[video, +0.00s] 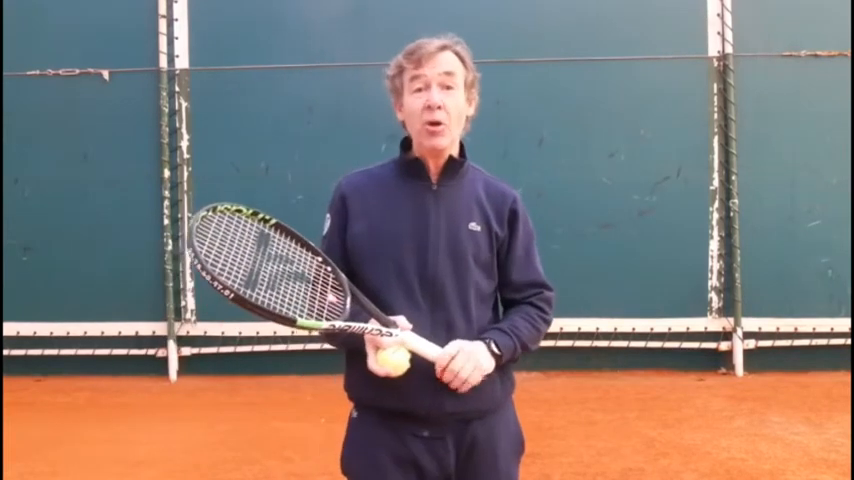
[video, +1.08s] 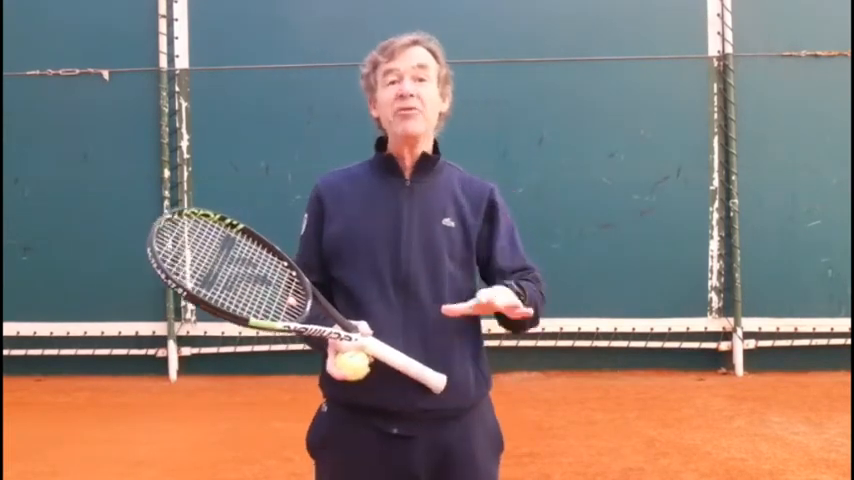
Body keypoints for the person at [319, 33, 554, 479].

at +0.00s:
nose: (433, 100)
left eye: (447, 86)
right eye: (419, 88)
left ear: (469, 104)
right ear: (400, 107)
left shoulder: (500, 202)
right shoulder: (355, 196)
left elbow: (534, 303)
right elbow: (327, 303)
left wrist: (489, 348)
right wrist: (367, 336)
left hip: (485, 433)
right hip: (385, 432)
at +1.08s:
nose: (405, 87)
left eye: (420, 77)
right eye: (392, 79)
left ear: (443, 100)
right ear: (374, 105)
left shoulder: (478, 197)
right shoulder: (331, 195)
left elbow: (525, 282)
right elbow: (302, 299)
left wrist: (509, 299)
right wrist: (333, 338)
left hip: (458, 430)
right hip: (359, 427)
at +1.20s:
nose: (398, 93)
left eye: (412, 81)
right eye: (384, 83)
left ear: (434, 101)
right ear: (365, 107)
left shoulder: (470, 196)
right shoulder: (324, 196)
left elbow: (527, 289)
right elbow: (295, 297)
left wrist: (481, 275)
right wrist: (325, 337)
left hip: (450, 427)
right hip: (352, 424)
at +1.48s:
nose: (381, 106)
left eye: (394, 92)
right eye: (367, 93)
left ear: (415, 106)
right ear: (346, 109)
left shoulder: (446, 192)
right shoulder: (306, 197)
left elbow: (513, 283)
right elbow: (282, 293)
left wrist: (505, 223)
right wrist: (302, 335)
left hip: (434, 423)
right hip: (338, 423)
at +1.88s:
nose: (365, 103)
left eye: (378, 90)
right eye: (350, 91)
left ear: (400, 102)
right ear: (332, 108)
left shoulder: (437, 195)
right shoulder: (293, 198)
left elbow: (491, 294)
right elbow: (269, 289)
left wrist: (502, 269)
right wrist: (288, 335)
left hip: (425, 421)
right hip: (328, 422)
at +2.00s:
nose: (364, 102)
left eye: (377, 87)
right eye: (349, 90)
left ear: (399, 102)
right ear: (330, 107)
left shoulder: (435, 196)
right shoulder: (292, 199)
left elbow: (483, 285)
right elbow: (270, 293)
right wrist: (298, 332)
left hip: (425, 420)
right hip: (328, 424)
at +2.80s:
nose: (374, 95)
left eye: (388, 82)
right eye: (359, 86)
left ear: (411, 101)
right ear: (342, 108)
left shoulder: (449, 192)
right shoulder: (305, 200)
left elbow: (518, 270)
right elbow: (281, 308)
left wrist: (452, 261)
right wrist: (320, 343)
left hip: (444, 423)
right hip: (346, 427)